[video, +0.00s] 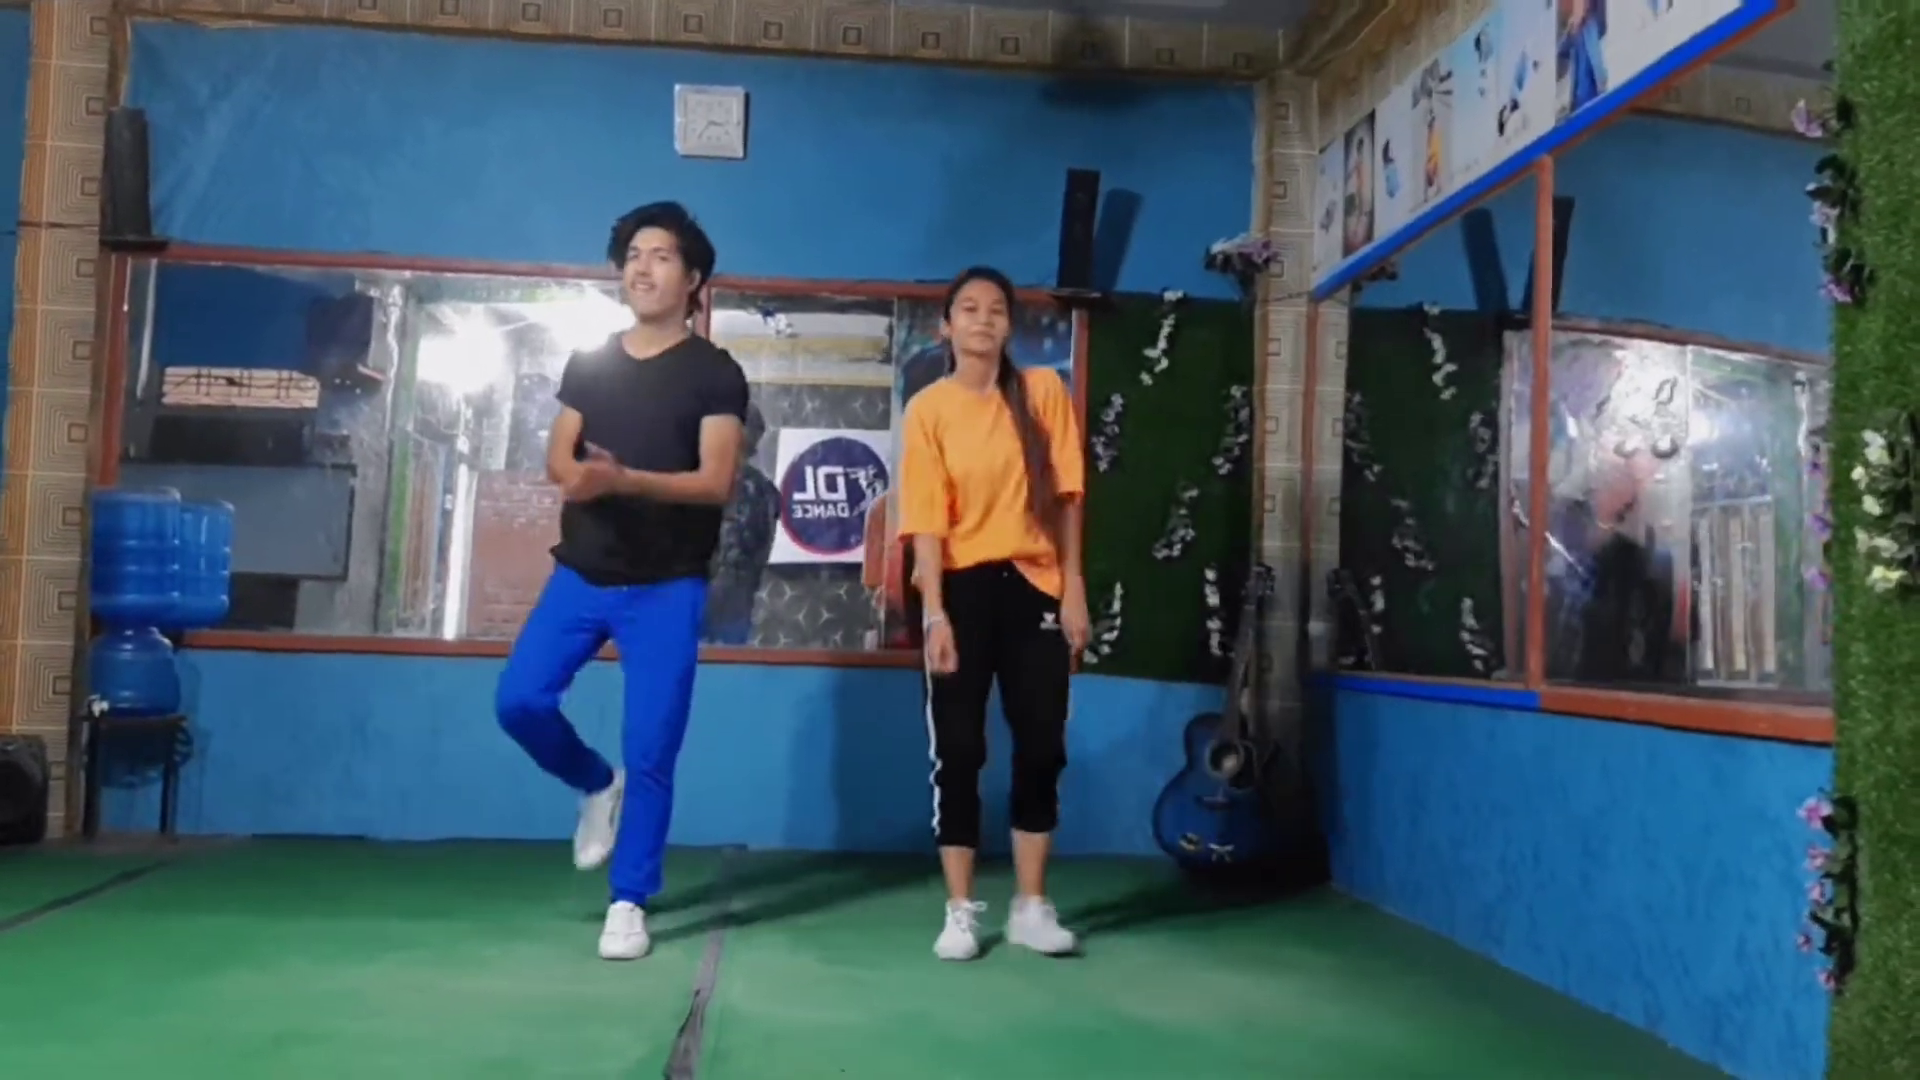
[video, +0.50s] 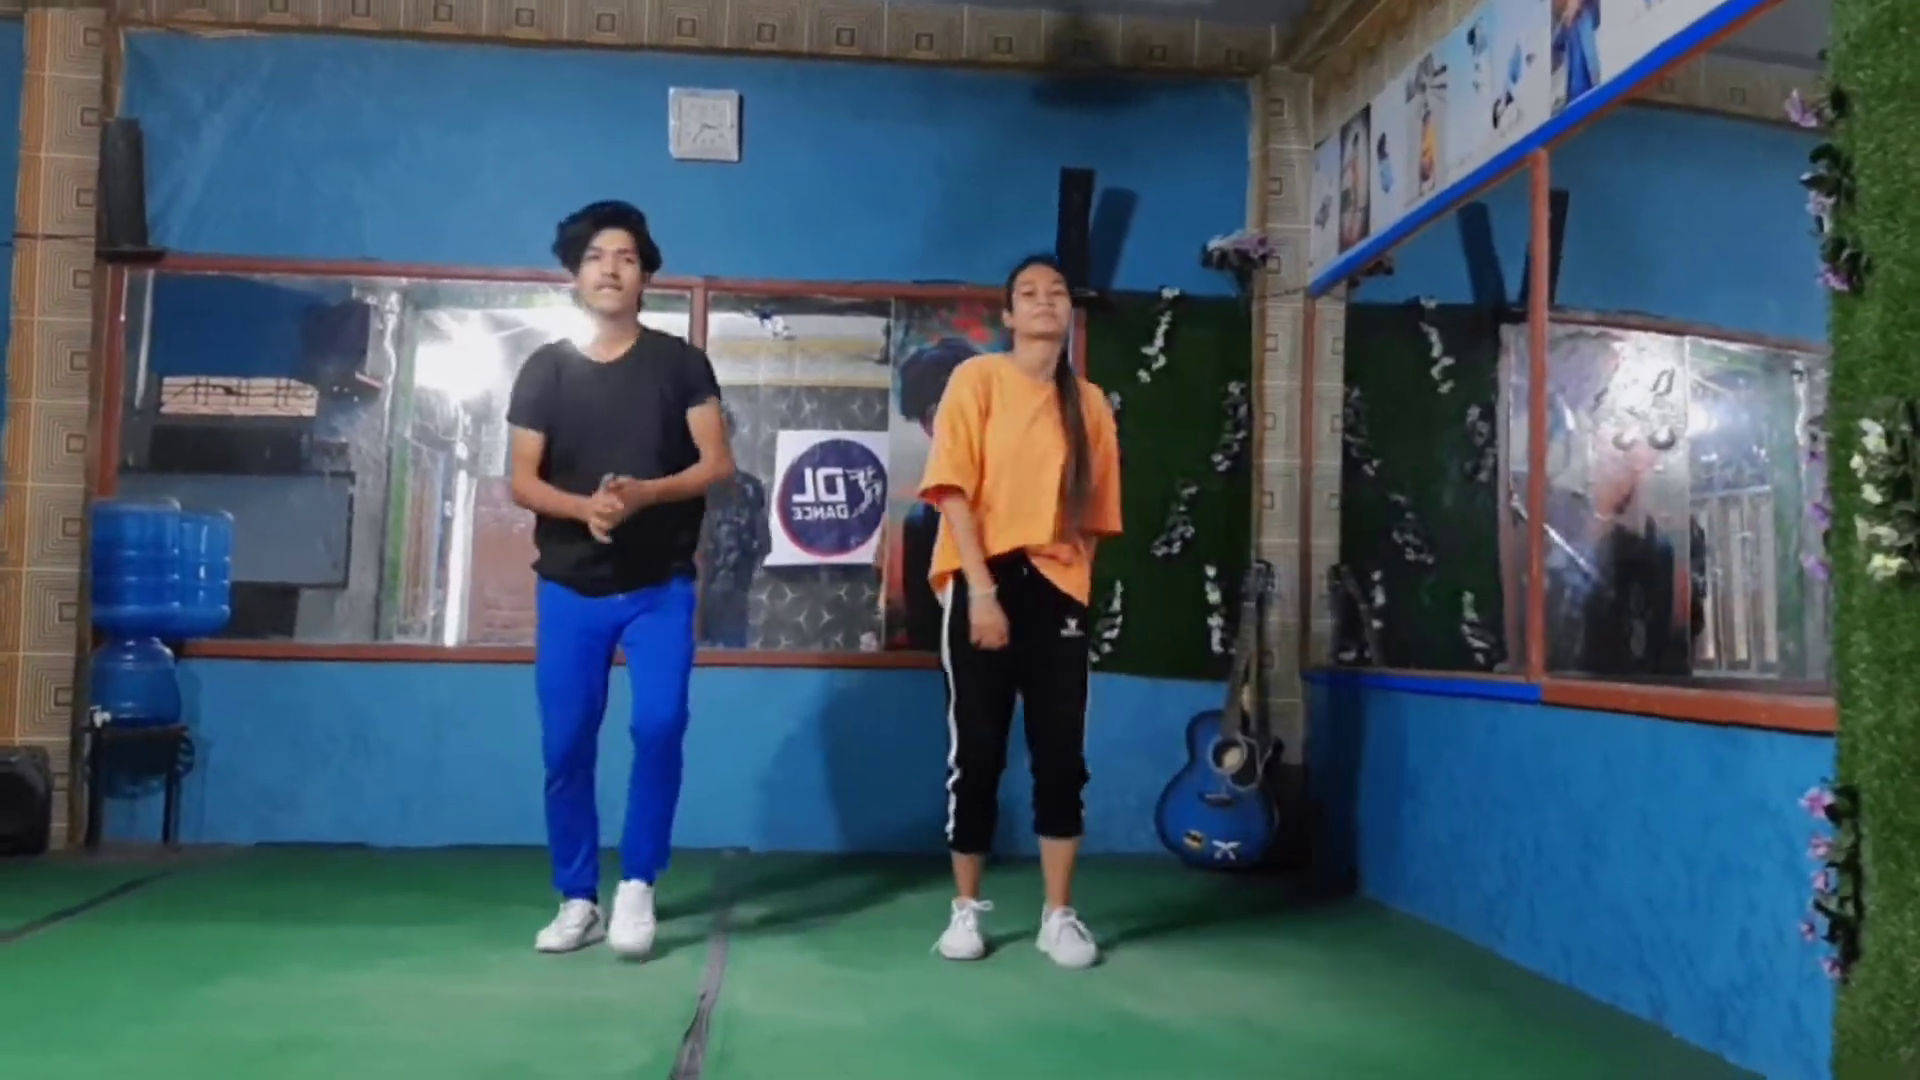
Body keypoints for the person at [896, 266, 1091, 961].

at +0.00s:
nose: (983, 321)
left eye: (995, 311)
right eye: (969, 310)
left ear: (1011, 325)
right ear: (947, 324)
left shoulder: (1044, 390)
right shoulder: (928, 409)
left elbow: (1069, 498)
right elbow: (925, 524)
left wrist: (1073, 589)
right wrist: (934, 615)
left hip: (1037, 587)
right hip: (960, 588)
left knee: (1040, 750)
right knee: (958, 752)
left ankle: (1030, 907)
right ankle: (960, 910)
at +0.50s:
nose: (1045, 302)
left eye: (1056, 293)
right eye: (1031, 294)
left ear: (1074, 314)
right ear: (1009, 314)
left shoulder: (1092, 403)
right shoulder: (976, 379)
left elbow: (1090, 519)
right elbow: (951, 493)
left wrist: (1071, 594)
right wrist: (980, 590)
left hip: (1057, 586)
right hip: (980, 581)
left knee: (1060, 754)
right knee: (976, 753)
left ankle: (1059, 914)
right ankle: (966, 908)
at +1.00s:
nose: (1035, 303)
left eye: (1050, 294)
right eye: (1025, 293)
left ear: (1071, 314)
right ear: (1006, 310)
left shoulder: (1101, 393)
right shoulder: (967, 387)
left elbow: (1133, 487)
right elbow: (924, 482)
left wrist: (1122, 560)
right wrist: (938, 548)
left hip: (1063, 585)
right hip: (982, 580)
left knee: (1048, 744)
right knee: (979, 749)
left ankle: (1027, 870)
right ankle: (974, 908)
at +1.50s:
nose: (1103, 360)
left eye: (1114, 346)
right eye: (1089, 349)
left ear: (1139, 352)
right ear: (1075, 360)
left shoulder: (1169, 435)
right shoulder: (1050, 417)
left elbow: (1183, 545)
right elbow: (1016, 512)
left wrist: (1256, 566)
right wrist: (964, 499)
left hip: (1125, 616)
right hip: (1044, 610)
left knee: (1144, 766)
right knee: (988, 741)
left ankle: (1156, 906)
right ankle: (979, 910)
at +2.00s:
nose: (1039, 356)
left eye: (1053, 347)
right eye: (1029, 346)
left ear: (1078, 362)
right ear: (1016, 361)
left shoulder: (1102, 411)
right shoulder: (1000, 434)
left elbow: (1123, 525)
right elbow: (973, 525)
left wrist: (1148, 626)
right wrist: (940, 453)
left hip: (1102, 603)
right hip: (1023, 607)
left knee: (1131, 743)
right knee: (996, 754)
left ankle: (1121, 850)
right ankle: (1018, 900)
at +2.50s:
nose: (1098, 387)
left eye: (1108, 374)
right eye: (1084, 376)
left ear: (1121, 380)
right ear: (1059, 385)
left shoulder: (1142, 444)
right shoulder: (1038, 429)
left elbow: (1157, 524)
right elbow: (987, 478)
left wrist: (1165, 435)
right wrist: (953, 503)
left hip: (1108, 627)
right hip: (1031, 618)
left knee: (1112, 781)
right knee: (978, 747)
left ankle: (1073, 906)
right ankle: (969, 882)